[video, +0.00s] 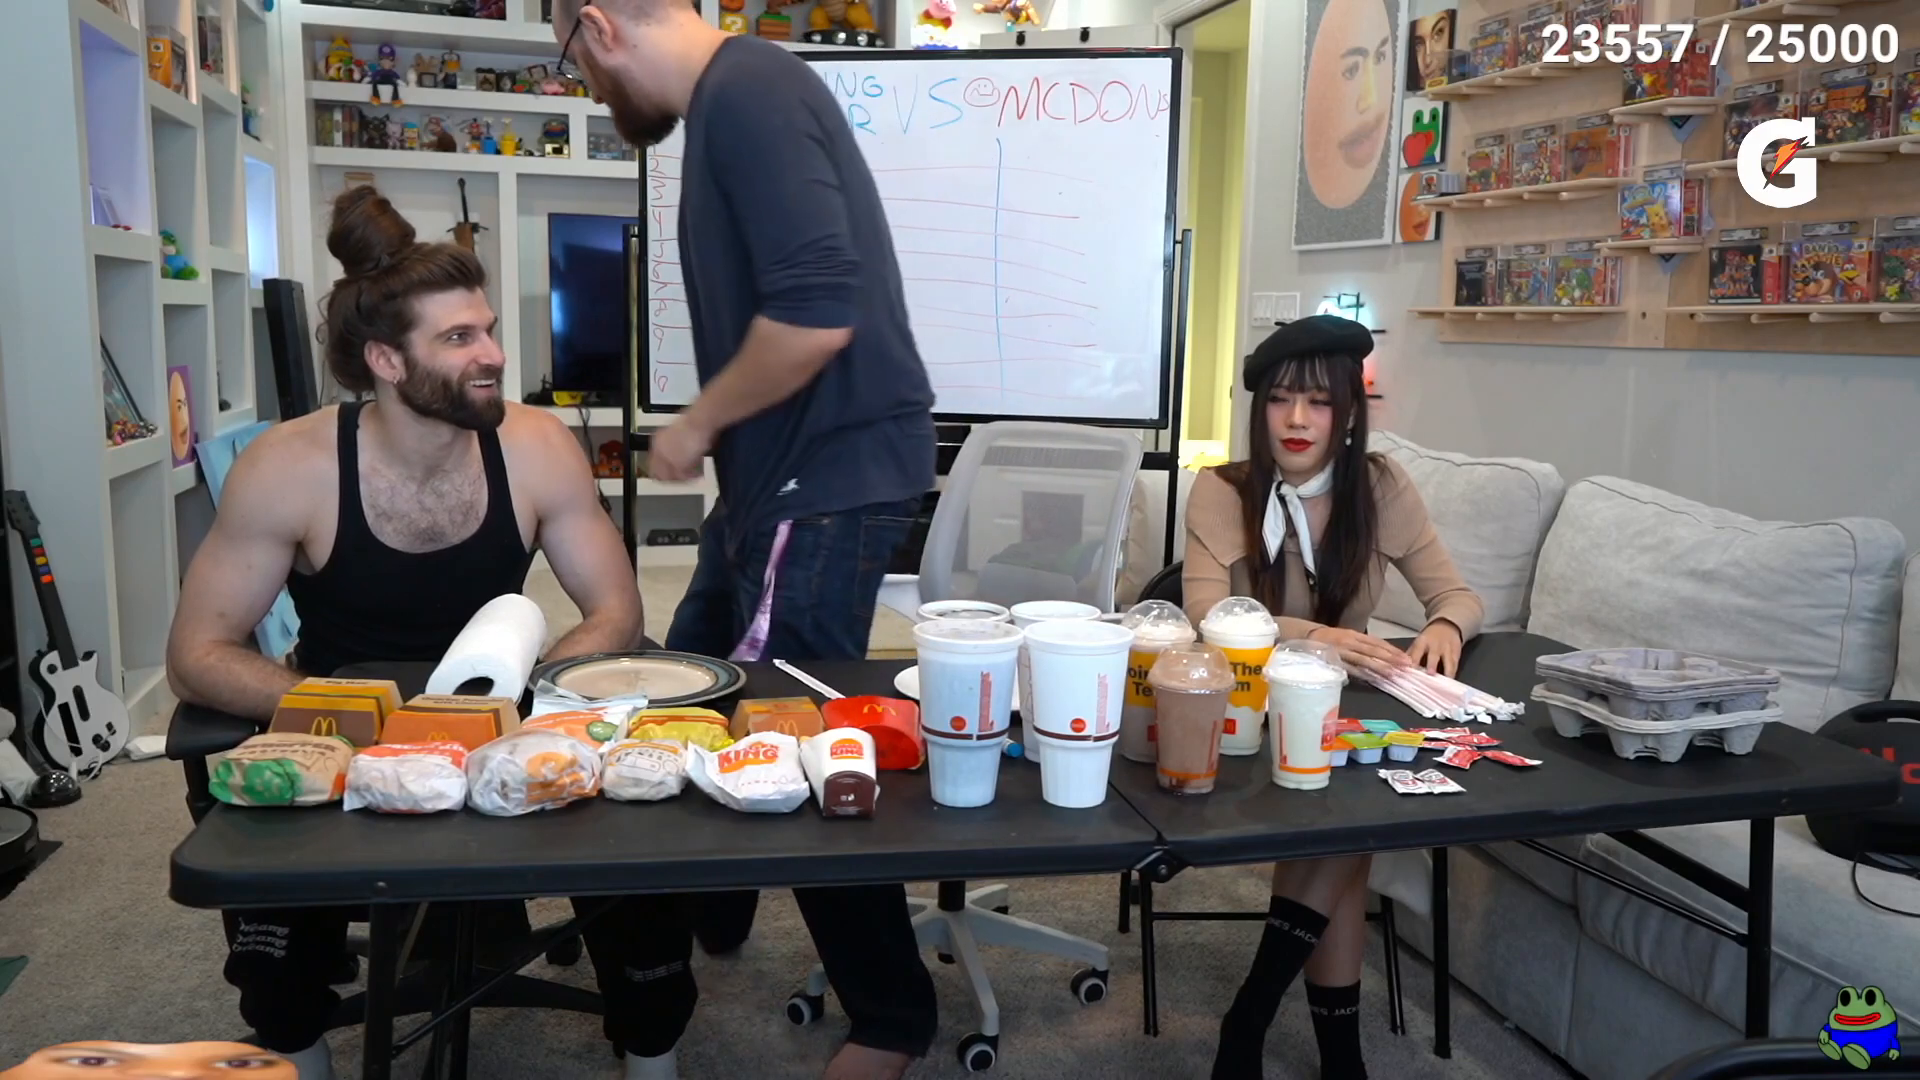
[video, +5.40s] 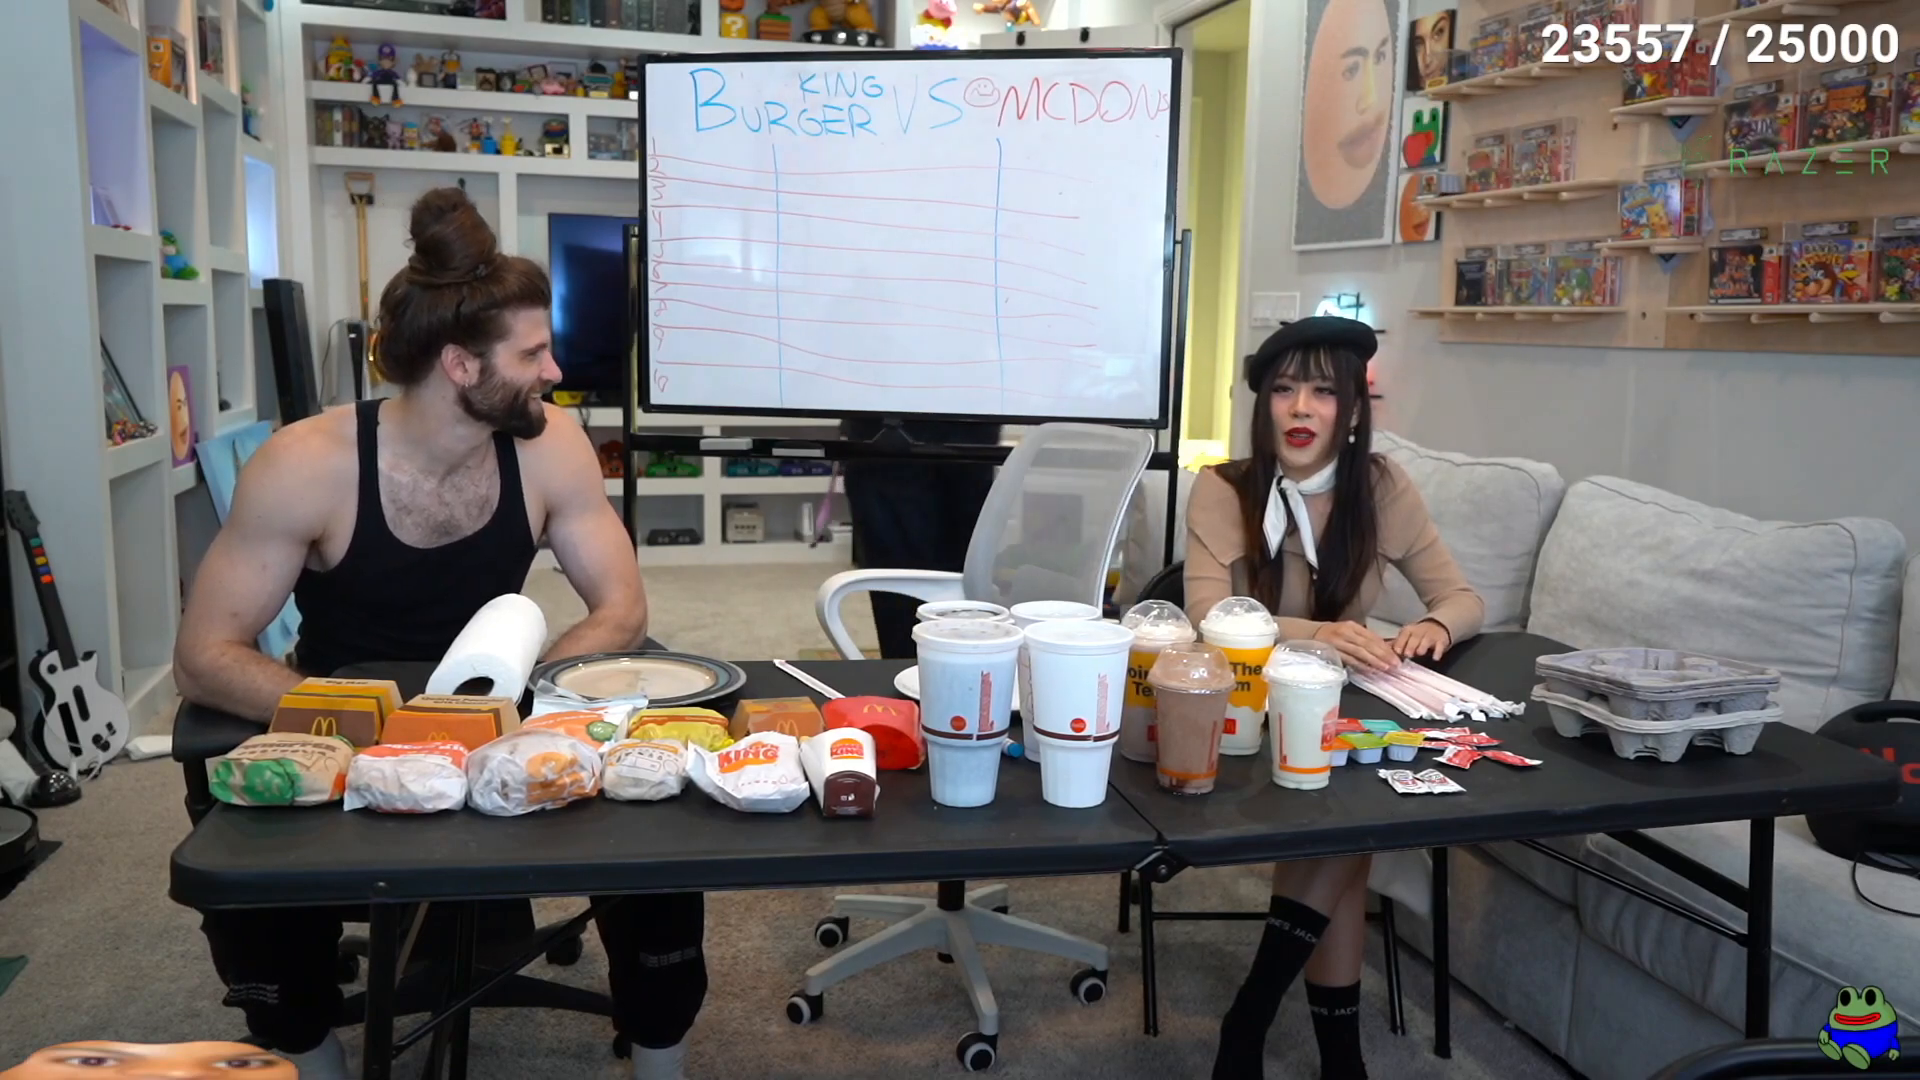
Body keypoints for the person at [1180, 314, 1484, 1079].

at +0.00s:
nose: (1297, 420)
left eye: (1319, 402)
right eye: (1281, 399)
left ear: (1350, 413)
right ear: (1258, 405)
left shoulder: (1379, 485)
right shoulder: (1221, 491)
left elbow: (1456, 595)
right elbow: (1209, 622)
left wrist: (1447, 625)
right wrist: (1313, 635)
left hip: (1336, 704)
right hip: (1239, 710)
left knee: (1346, 814)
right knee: (1351, 830)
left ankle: (1246, 1024)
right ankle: (1343, 1064)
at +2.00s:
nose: (1243, 411)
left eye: (1267, 395)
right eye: (1239, 389)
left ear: (1317, 409)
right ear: (1229, 393)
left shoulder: (1369, 486)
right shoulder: (1210, 490)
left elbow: (1458, 597)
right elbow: (1210, 622)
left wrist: (1444, 624)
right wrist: (1309, 630)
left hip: (1336, 707)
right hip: (1236, 711)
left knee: (1338, 818)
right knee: (1346, 834)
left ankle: (1241, 1026)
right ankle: (1342, 1064)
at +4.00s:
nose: (1295, 413)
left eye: (1318, 396)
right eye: (1282, 393)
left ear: (1353, 410)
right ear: (1261, 403)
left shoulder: (1380, 483)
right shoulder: (1225, 488)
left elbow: (1464, 599)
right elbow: (1211, 619)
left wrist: (1432, 624)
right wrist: (1313, 633)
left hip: (1344, 702)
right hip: (1246, 707)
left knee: (1347, 818)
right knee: (1351, 834)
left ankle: (1247, 1025)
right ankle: (1343, 1063)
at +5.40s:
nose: (1300, 408)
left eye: (1321, 392)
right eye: (1285, 390)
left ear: (1353, 409)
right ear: (1262, 402)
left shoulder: (1381, 484)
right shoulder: (1222, 490)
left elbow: (1463, 598)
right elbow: (1211, 620)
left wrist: (1435, 624)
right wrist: (1313, 632)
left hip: (1342, 705)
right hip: (1245, 709)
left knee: (1343, 817)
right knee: (1348, 831)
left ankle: (1246, 1024)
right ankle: (1343, 1064)